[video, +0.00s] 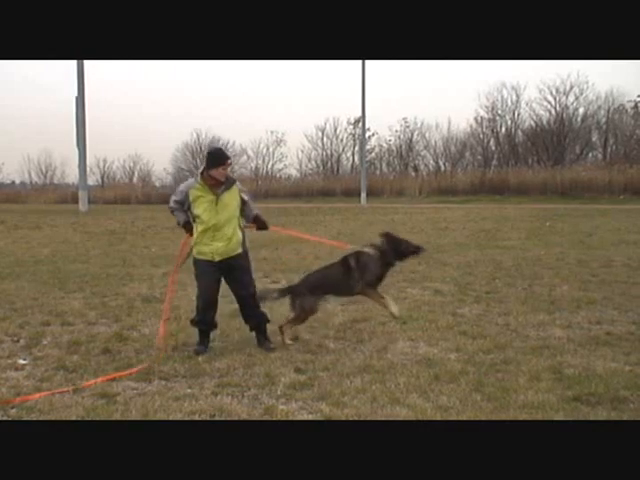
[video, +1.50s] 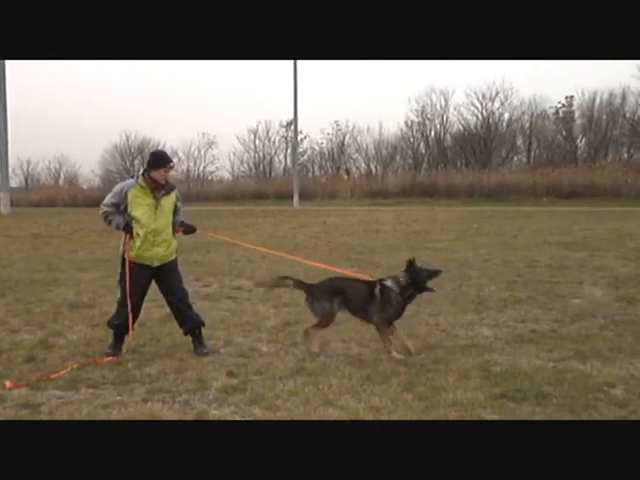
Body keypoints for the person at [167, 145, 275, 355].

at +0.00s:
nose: (226, 171)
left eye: (227, 167)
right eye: (222, 168)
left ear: (227, 168)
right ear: (210, 168)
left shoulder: (233, 187)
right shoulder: (190, 188)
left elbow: (245, 206)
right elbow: (175, 205)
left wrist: (256, 218)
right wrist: (184, 221)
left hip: (234, 253)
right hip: (205, 255)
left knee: (248, 295)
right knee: (206, 299)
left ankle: (262, 335)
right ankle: (203, 340)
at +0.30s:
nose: (231, 169)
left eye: (232, 165)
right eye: (227, 165)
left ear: (229, 166)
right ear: (215, 167)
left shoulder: (237, 188)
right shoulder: (194, 186)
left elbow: (245, 209)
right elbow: (177, 205)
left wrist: (252, 223)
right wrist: (189, 220)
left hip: (234, 252)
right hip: (205, 253)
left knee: (247, 293)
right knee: (200, 297)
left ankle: (262, 335)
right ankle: (185, 336)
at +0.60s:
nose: (194, 167)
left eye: (196, 162)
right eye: (189, 163)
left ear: (198, 164)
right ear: (177, 165)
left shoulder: (205, 189)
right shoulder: (158, 187)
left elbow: (217, 211)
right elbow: (142, 205)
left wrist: (231, 221)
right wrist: (154, 219)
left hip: (199, 253)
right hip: (169, 254)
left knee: (214, 297)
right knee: (160, 299)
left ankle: (230, 336)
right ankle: (147, 340)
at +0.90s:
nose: (178, 166)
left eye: (180, 161)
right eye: (174, 162)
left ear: (180, 162)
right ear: (162, 162)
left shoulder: (186, 185)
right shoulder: (140, 183)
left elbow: (193, 208)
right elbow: (122, 201)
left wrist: (199, 219)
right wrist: (136, 217)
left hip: (179, 252)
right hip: (149, 252)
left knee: (190, 296)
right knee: (137, 298)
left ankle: (202, 339)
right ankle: (120, 339)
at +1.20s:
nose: (173, 171)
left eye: (174, 167)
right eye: (169, 167)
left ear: (174, 167)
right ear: (156, 166)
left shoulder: (177, 188)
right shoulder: (133, 185)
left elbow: (182, 213)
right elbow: (113, 204)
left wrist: (189, 222)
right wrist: (128, 220)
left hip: (170, 254)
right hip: (142, 255)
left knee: (182, 298)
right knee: (131, 299)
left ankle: (198, 339)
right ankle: (117, 340)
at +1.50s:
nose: (168, 174)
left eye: (169, 170)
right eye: (164, 170)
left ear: (167, 171)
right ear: (151, 170)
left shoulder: (171, 193)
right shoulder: (127, 189)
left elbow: (175, 217)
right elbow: (107, 210)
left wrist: (180, 225)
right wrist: (124, 224)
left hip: (166, 258)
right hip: (137, 258)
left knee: (179, 299)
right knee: (129, 302)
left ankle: (197, 338)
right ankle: (117, 341)